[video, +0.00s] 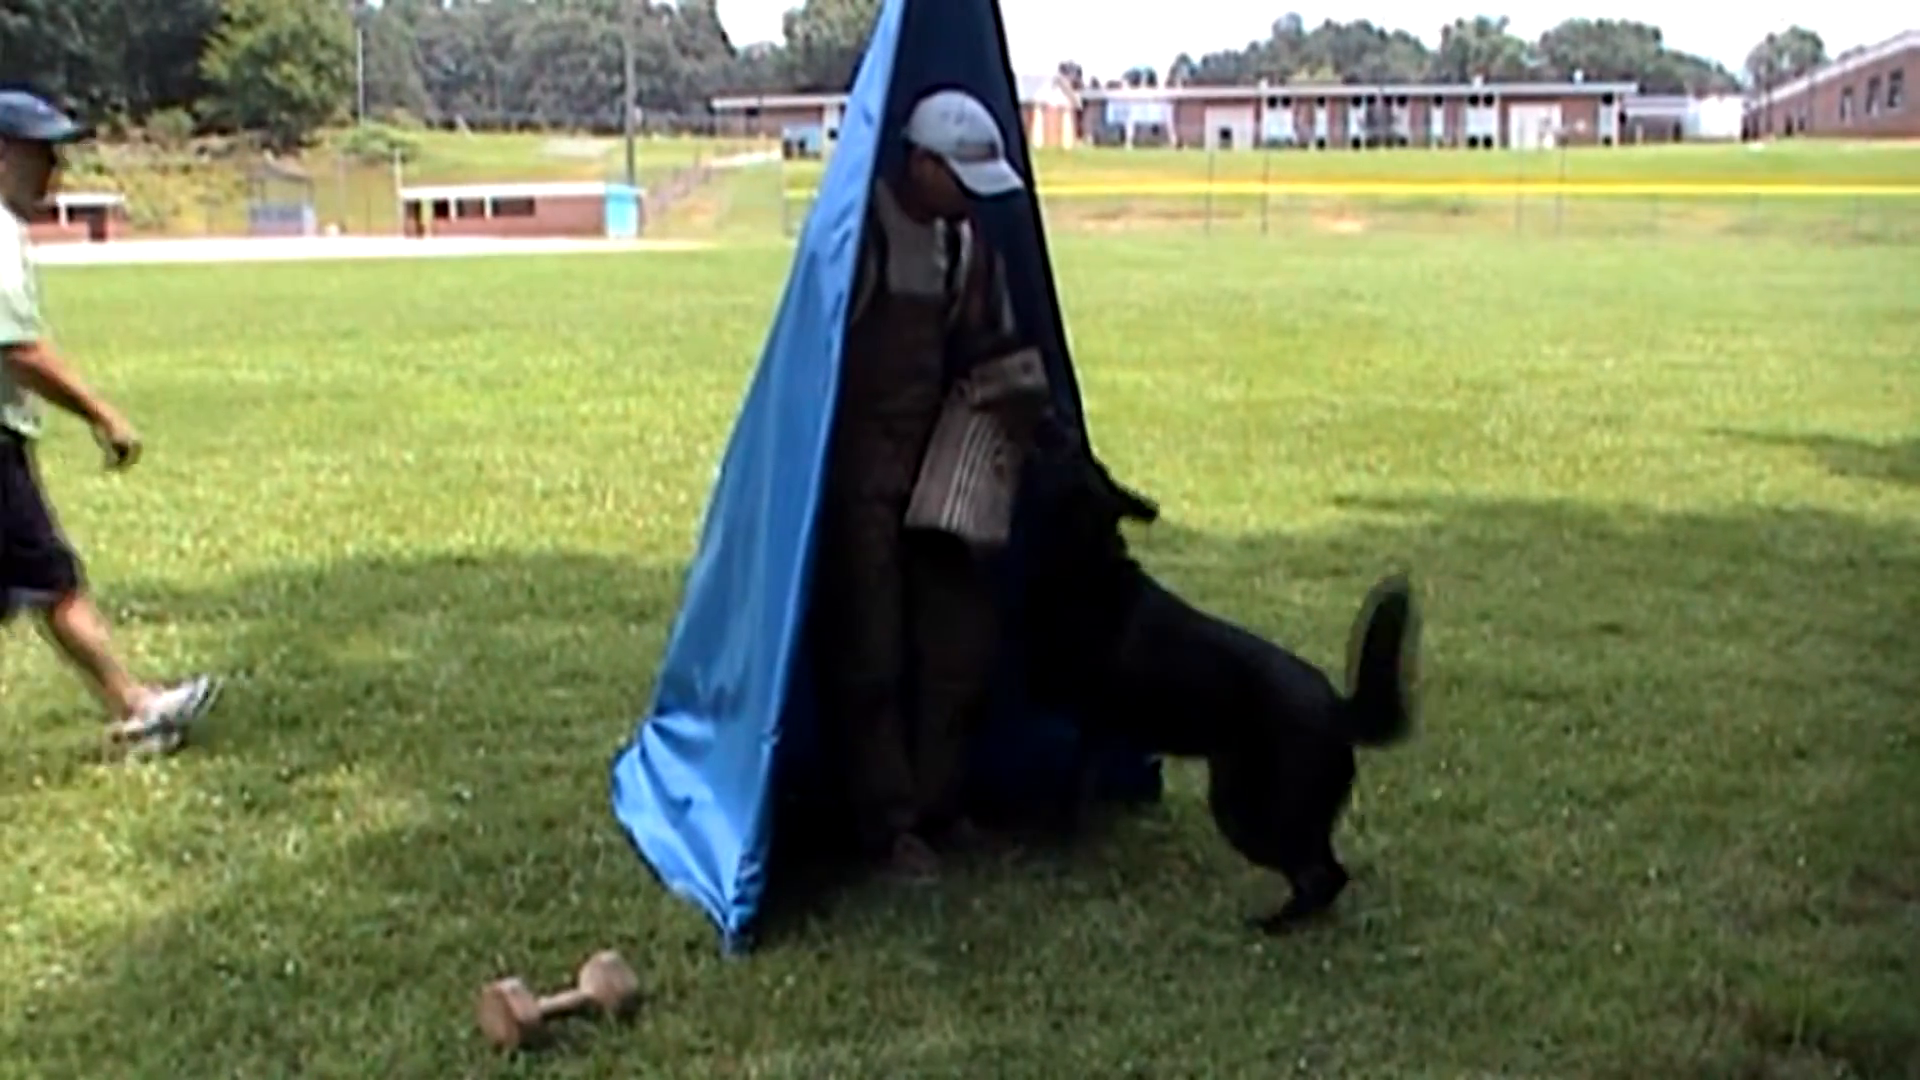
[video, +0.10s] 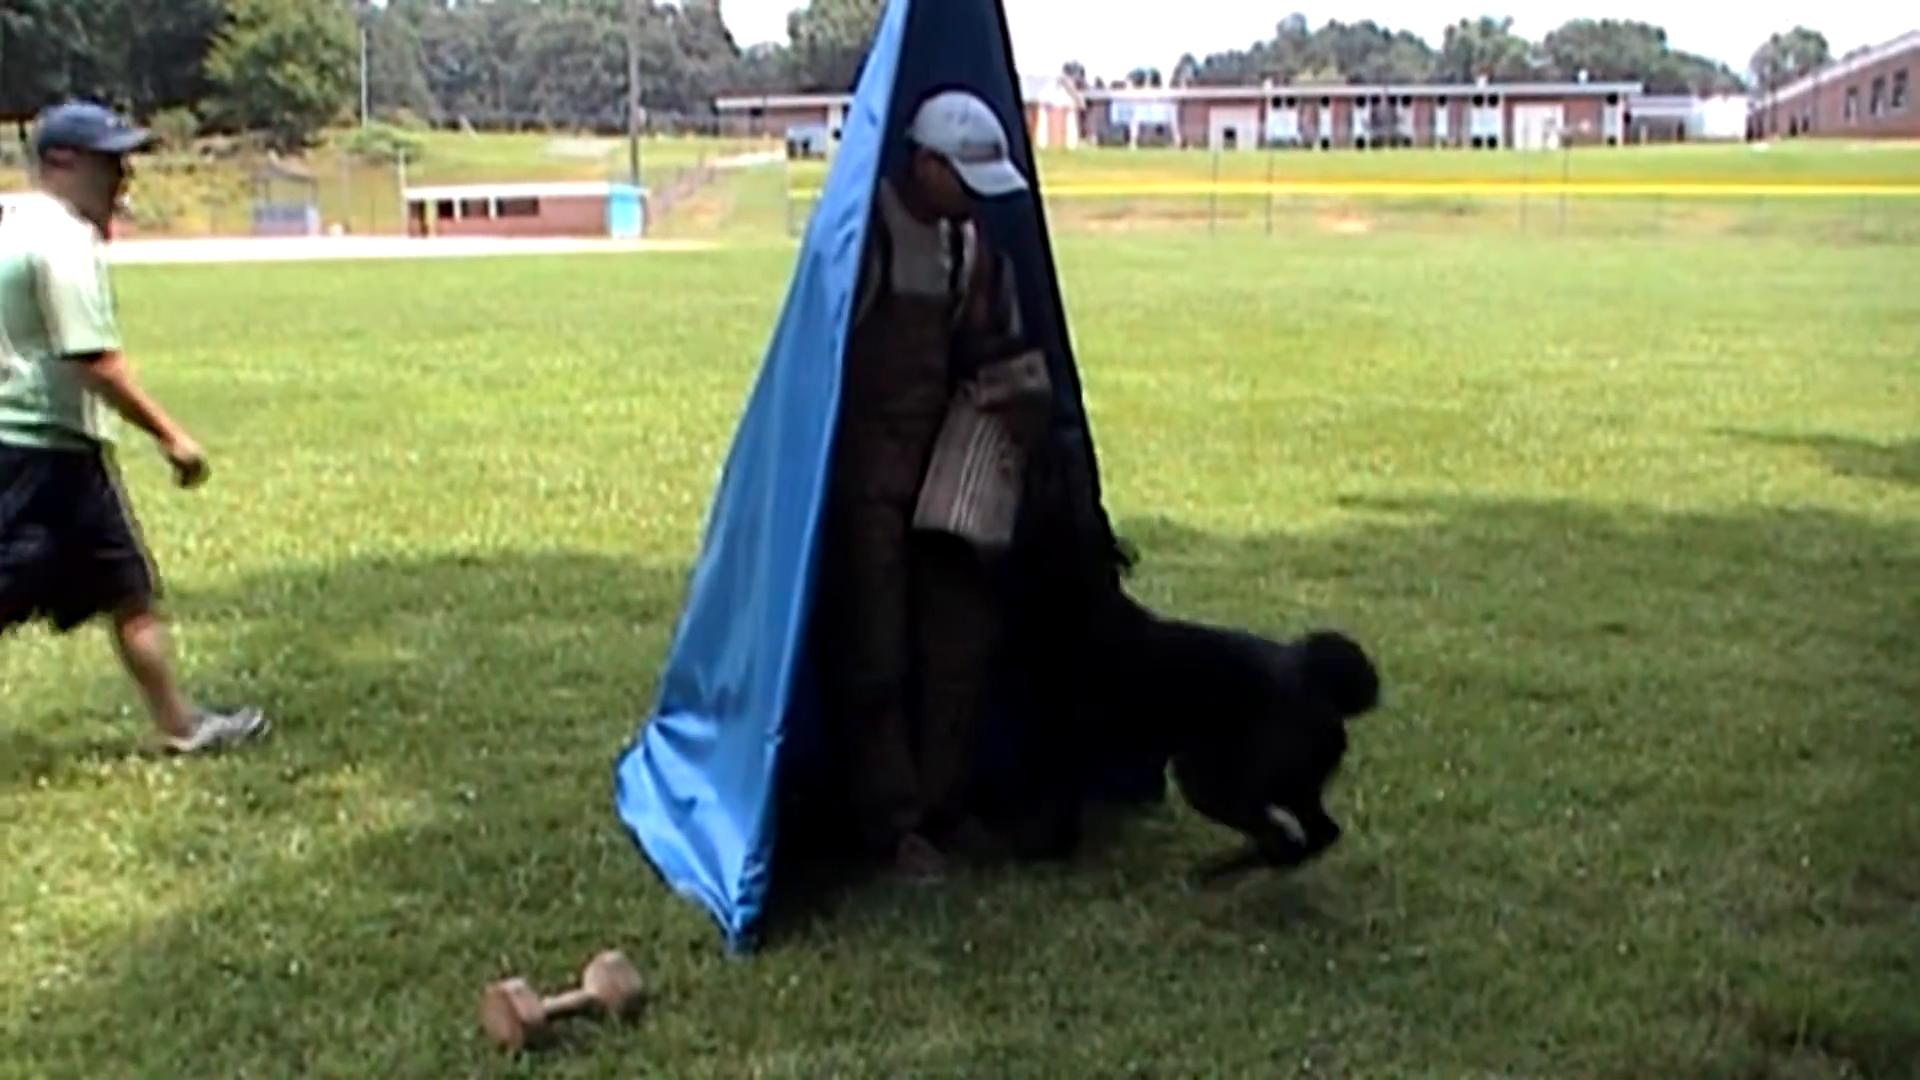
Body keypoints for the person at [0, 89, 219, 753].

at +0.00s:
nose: (53, 172)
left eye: (55, 157)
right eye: (42, 156)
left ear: (27, 158)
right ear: (5, 157)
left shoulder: (11, 233)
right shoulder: (5, 235)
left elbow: (21, 347)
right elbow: (17, 347)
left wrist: (98, 416)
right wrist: (101, 417)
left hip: (12, 441)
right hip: (4, 444)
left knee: (49, 583)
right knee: (54, 583)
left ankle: (132, 701)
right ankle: (132, 702)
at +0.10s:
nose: (123, 180)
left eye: (123, 165)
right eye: (111, 165)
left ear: (59, 167)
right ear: (62, 164)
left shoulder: (21, 222)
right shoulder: (61, 239)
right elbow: (92, 357)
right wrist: (171, 435)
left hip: (20, 446)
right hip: (52, 453)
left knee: (130, 598)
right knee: (130, 596)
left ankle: (178, 723)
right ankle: (179, 724)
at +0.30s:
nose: (254, 160)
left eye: (254, 146)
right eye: (241, 147)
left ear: (188, 149)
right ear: (192, 146)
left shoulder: (157, 210)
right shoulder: (189, 219)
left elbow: (171, 339)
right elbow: (203, 341)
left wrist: (224, 415)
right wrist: (249, 424)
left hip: (149, 415)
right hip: (177, 418)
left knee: (200, 576)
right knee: (236, 577)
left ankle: (206, 721)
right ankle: (109, 674)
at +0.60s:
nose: (422, 183)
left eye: (423, 169)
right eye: (412, 168)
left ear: (363, 170)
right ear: (367, 166)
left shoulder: (327, 223)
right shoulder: (357, 238)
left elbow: (353, 340)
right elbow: (353, 355)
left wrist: (427, 378)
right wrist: (392, 445)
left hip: (301, 433)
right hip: (344, 440)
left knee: (267, 574)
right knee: (426, 575)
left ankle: (217, 712)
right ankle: (490, 698)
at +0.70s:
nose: (482, 182)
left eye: (482, 169)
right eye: (472, 168)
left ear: (421, 170)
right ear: (426, 167)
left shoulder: (389, 228)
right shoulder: (418, 244)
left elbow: (397, 343)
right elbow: (414, 360)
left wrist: (464, 392)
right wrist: (447, 444)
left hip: (373, 429)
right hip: (416, 434)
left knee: (354, 569)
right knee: (487, 575)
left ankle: (251, 688)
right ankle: (510, 705)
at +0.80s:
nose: (535, 175)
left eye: (535, 162)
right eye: (525, 162)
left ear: (475, 164)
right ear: (482, 162)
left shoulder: (441, 221)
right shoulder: (475, 235)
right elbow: (477, 349)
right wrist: (510, 435)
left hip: (427, 412)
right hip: (467, 416)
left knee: (460, 561)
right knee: (516, 562)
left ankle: (347, 648)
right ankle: (512, 705)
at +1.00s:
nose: (625, 168)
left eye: (626, 154)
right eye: (617, 153)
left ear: (568, 151)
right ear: (578, 148)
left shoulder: (538, 207)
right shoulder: (572, 216)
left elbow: (541, 319)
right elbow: (587, 327)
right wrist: (650, 398)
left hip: (532, 394)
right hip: (555, 402)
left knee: (625, 521)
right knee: (545, 550)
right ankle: (513, 698)